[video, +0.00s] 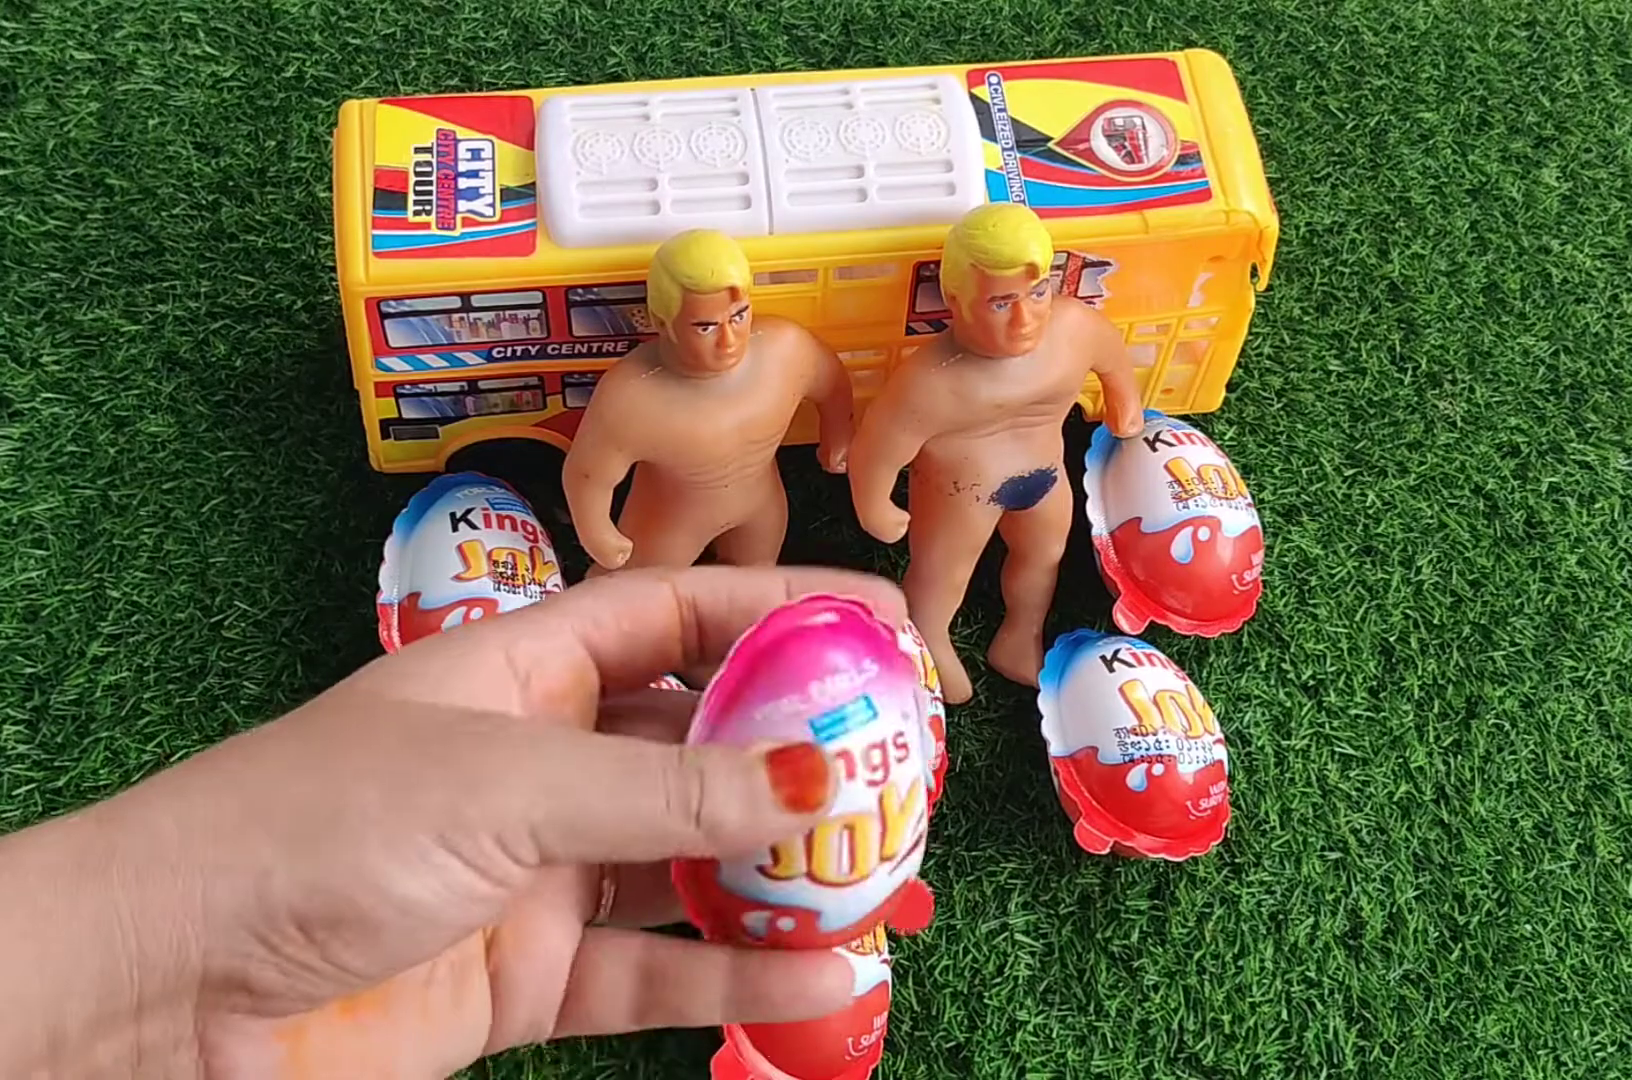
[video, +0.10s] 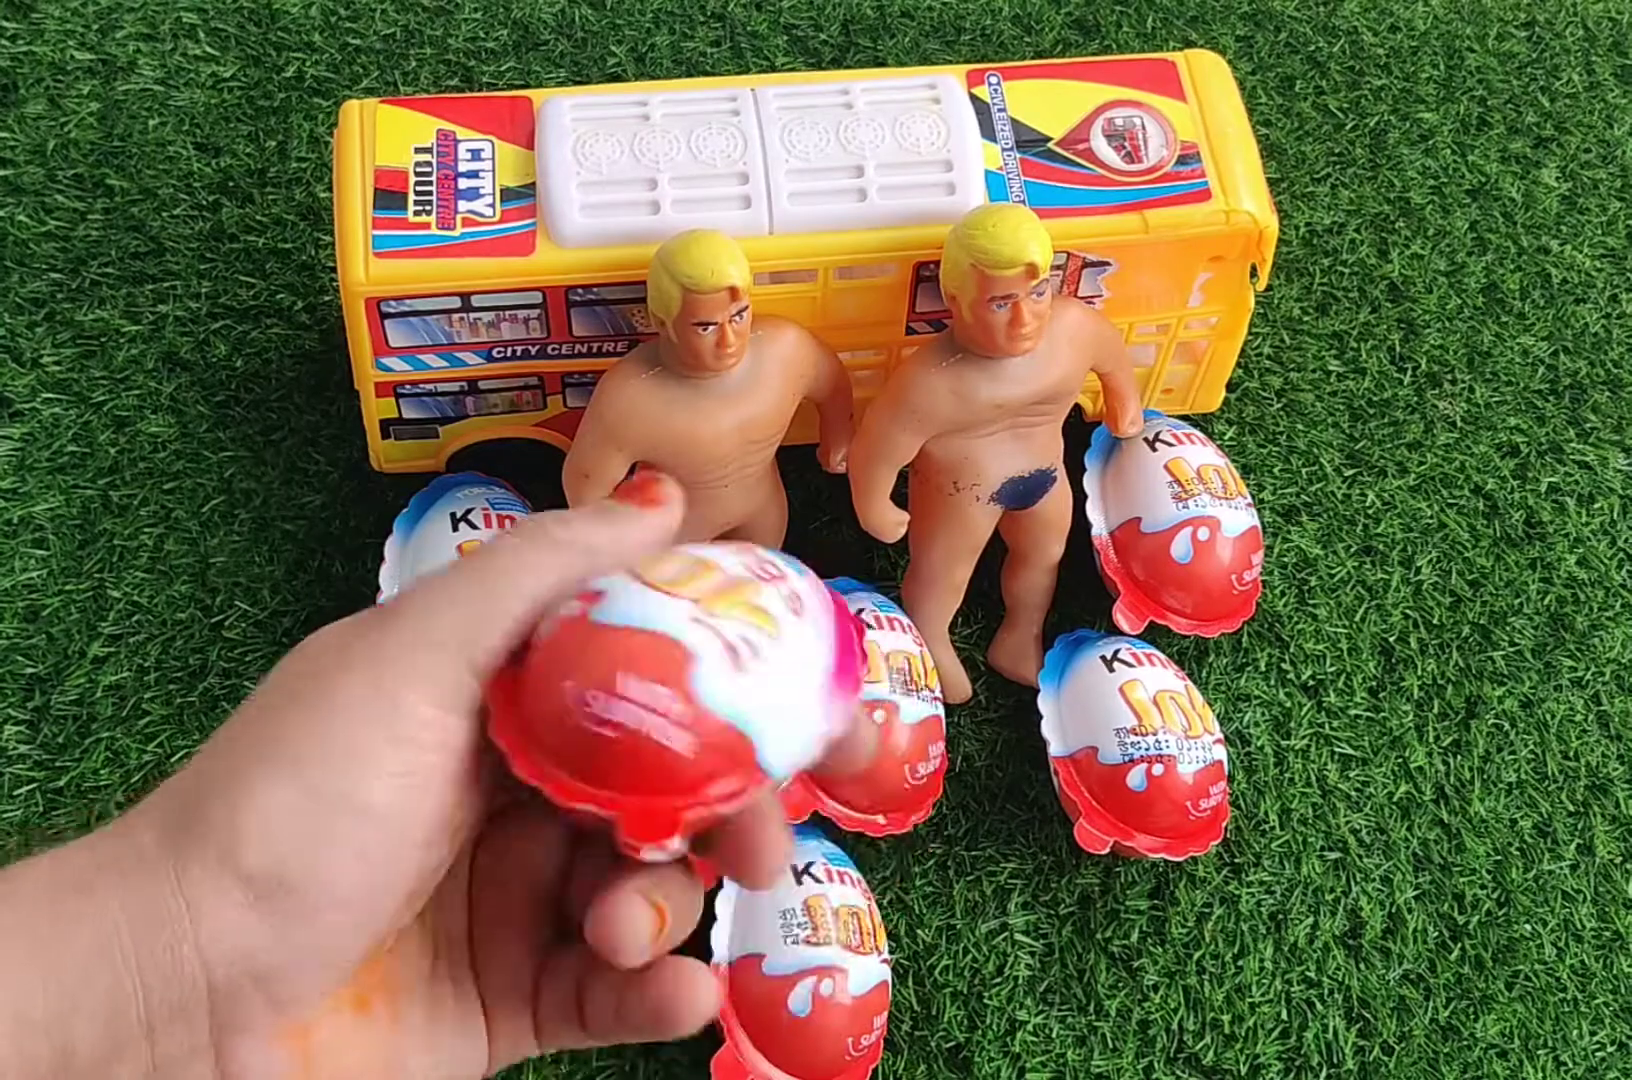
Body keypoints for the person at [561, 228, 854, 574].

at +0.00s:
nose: (729, 339)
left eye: (738, 316)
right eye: (705, 326)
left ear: (750, 303)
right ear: (662, 325)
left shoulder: (787, 350)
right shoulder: (628, 398)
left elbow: (833, 386)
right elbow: (586, 478)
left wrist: (836, 442)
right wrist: (601, 542)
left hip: (758, 502)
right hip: (670, 515)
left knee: (756, 587)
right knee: (637, 597)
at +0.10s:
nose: (728, 339)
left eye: (739, 315)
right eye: (704, 327)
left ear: (749, 300)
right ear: (664, 324)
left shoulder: (786, 350)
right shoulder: (626, 398)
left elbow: (833, 388)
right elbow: (582, 485)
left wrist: (835, 443)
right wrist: (611, 557)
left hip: (760, 524)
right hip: (675, 547)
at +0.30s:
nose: (728, 338)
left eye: (737, 316)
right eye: (705, 325)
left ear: (749, 302)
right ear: (664, 321)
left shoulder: (788, 350)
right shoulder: (628, 395)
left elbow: (834, 389)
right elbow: (584, 479)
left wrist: (836, 448)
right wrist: (604, 543)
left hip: (757, 512)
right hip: (668, 529)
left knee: (751, 622)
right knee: (690, 641)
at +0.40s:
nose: (728, 339)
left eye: (739, 316)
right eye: (705, 326)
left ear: (750, 302)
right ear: (664, 322)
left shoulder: (789, 350)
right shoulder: (628, 397)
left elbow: (833, 387)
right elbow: (586, 477)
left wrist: (837, 441)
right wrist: (597, 536)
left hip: (758, 501)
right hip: (670, 515)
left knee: (750, 580)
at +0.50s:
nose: (728, 340)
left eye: (739, 316)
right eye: (705, 326)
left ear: (750, 301)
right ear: (663, 323)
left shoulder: (788, 350)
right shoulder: (629, 397)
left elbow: (833, 387)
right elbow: (586, 477)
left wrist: (836, 440)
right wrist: (598, 537)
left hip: (758, 500)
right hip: (671, 515)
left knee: (753, 585)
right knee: (627, 590)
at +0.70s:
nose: (727, 339)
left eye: (738, 316)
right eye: (704, 326)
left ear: (750, 299)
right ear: (662, 322)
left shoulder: (786, 349)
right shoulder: (627, 395)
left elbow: (832, 386)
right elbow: (583, 478)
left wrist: (835, 441)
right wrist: (604, 551)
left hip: (764, 529)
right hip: (663, 547)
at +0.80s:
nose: (727, 339)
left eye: (738, 316)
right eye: (704, 325)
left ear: (750, 300)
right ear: (661, 321)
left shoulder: (786, 349)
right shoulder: (627, 394)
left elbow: (832, 387)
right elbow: (584, 477)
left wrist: (835, 440)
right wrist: (600, 543)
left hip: (766, 528)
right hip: (659, 545)